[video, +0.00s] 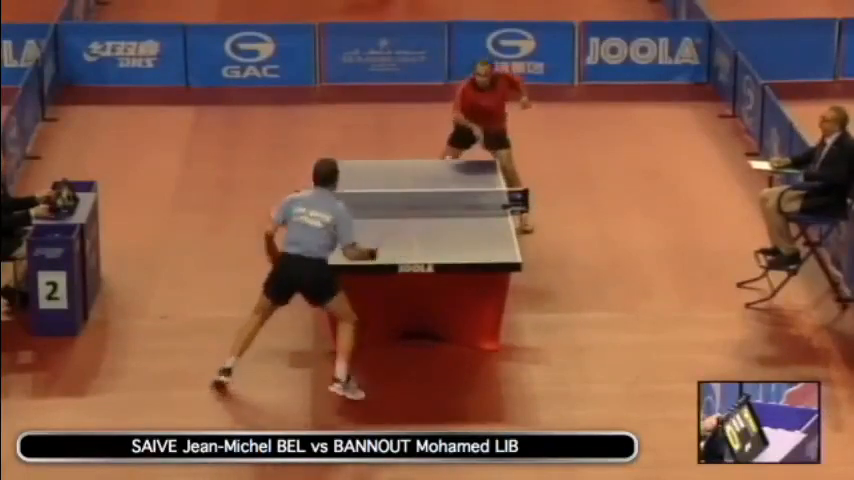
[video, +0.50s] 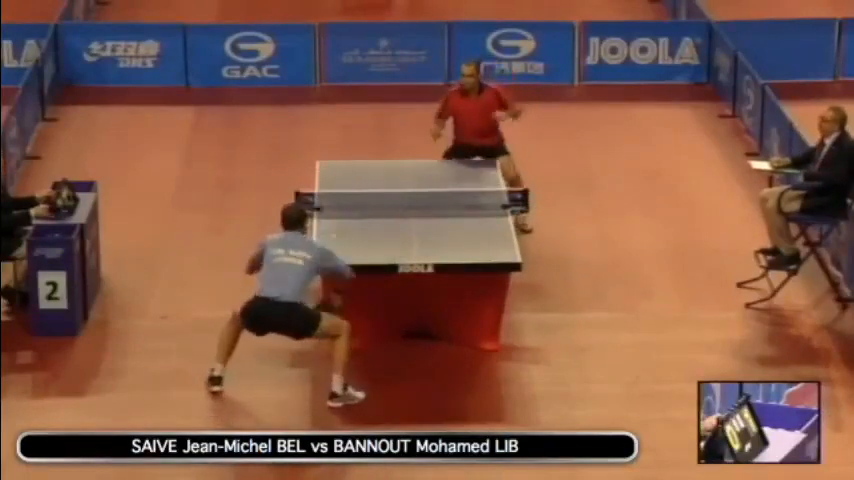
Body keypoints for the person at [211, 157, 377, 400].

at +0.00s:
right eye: (336, 177)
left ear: (314, 178)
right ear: (336, 180)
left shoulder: (295, 200)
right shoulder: (338, 208)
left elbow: (269, 231)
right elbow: (350, 251)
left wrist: (275, 258)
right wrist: (369, 254)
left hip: (286, 265)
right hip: (315, 269)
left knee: (259, 315)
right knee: (347, 319)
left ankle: (228, 366)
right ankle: (341, 378)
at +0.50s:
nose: (307, 221)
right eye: (306, 219)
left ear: (282, 223)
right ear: (305, 223)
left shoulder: (270, 243)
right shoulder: (315, 249)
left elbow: (250, 269)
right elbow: (347, 274)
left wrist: (272, 253)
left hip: (260, 308)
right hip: (293, 313)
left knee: (236, 320)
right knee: (342, 328)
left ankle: (217, 372)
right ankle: (338, 389)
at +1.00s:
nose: (304, 203)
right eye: (304, 199)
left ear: (282, 204)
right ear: (304, 202)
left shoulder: (270, 229)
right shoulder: (314, 231)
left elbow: (246, 259)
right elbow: (331, 269)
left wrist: (263, 262)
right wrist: (344, 272)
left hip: (272, 301)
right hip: (305, 303)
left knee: (251, 334)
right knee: (350, 335)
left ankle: (225, 384)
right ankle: (348, 397)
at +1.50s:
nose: (413, 249)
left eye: (412, 244)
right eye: (411, 245)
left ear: (391, 243)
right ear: (401, 248)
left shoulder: (372, 252)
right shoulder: (387, 271)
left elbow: (346, 260)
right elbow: (417, 304)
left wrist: (324, 269)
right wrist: (457, 302)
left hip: (323, 312)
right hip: (345, 325)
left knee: (296, 352)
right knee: (394, 359)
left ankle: (251, 390)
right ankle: (378, 416)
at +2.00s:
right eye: (476, 251)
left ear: (452, 249)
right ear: (476, 257)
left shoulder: (432, 264)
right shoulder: (468, 290)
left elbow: (397, 290)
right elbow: (455, 333)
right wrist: (448, 374)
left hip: (400, 336)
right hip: (429, 346)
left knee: (382, 376)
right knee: (467, 382)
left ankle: (364, 419)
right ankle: (462, 447)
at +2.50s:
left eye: (419, 272)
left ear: (418, 276)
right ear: (445, 276)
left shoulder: (407, 304)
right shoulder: (461, 309)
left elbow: (391, 341)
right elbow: (476, 355)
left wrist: (377, 371)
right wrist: (485, 374)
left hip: (414, 385)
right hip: (450, 386)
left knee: (373, 436)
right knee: (476, 439)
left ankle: (358, 477)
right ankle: (492, 478)